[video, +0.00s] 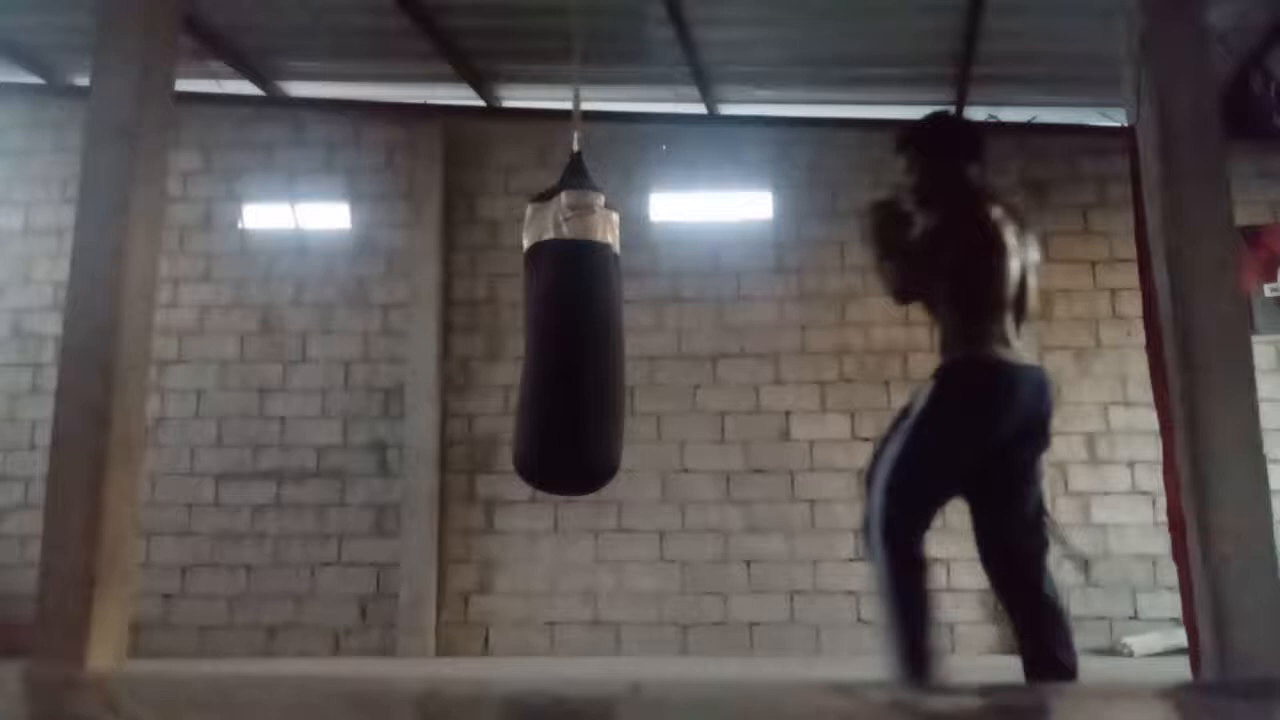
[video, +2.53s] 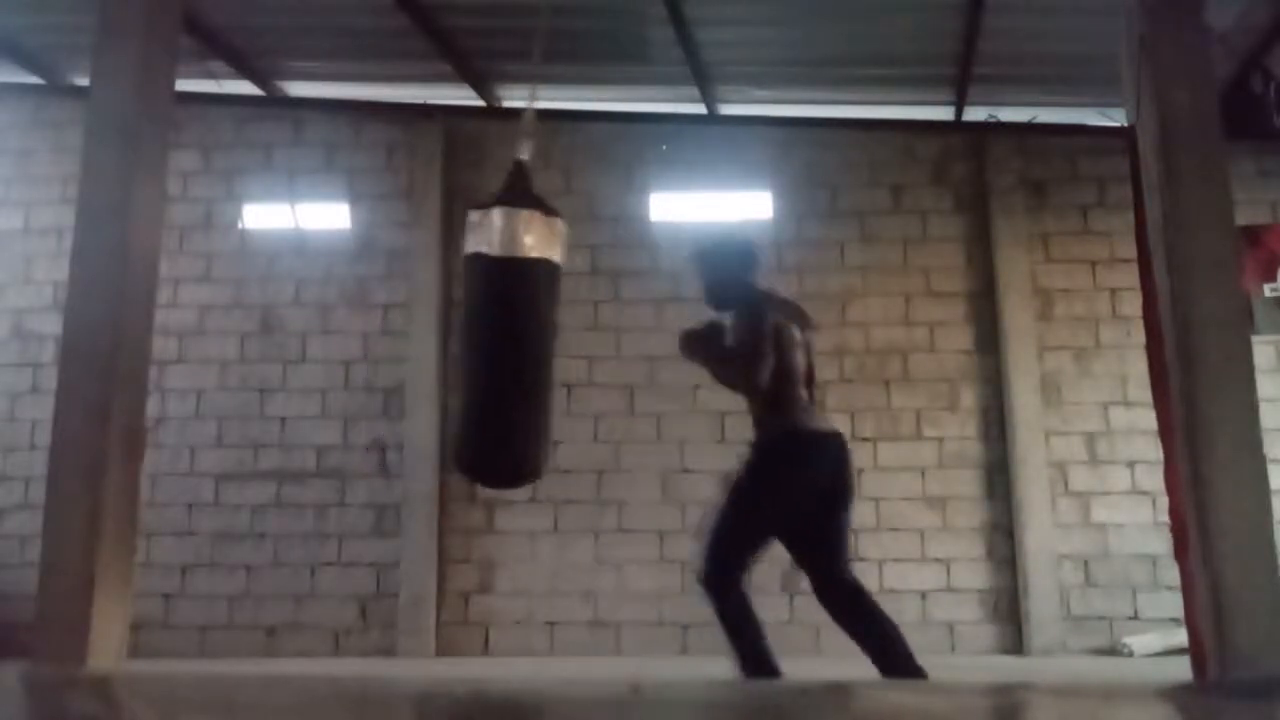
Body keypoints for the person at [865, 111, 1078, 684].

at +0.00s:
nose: (906, 178)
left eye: (913, 164)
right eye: (906, 165)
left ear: (940, 165)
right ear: (969, 162)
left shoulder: (955, 223)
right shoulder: (1013, 225)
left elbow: (907, 284)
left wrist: (888, 233)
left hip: (969, 385)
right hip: (1024, 385)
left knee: (891, 511)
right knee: (1013, 545)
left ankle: (916, 672)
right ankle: (1054, 680)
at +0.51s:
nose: (706, 248)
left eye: (712, 237)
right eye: (711, 238)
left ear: (728, 238)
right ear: (757, 234)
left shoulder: (754, 272)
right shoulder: (787, 281)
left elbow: (682, 326)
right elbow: (748, 340)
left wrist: (650, 326)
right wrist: (681, 332)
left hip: (805, 436)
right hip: (845, 430)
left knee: (741, 570)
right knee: (886, 580)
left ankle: (722, 701)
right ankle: (1006, 680)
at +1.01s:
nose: (671, 270)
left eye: (675, 259)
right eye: (670, 259)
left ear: (696, 257)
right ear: (717, 252)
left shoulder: (731, 298)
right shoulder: (754, 295)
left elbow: (687, 366)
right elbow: (716, 387)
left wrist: (664, 314)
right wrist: (675, 317)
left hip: (772, 444)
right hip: (812, 441)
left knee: (711, 565)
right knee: (805, 581)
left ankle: (720, 697)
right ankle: (872, 696)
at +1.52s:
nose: (604, 277)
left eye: (608, 267)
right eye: (605, 267)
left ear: (623, 264)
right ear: (652, 262)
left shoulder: (622, 300)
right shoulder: (694, 306)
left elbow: (544, 344)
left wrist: (487, 331)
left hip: (693, 448)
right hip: (738, 445)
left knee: (635, 569)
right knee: (744, 577)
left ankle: (614, 692)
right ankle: (844, 672)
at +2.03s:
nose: (569, 288)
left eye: (568, 277)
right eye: (565, 277)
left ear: (578, 274)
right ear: (613, 259)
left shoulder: (589, 326)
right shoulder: (670, 292)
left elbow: (532, 395)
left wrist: (474, 387)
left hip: (664, 444)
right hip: (722, 435)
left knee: (624, 586)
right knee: (768, 562)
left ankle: (607, 703)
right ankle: (842, 675)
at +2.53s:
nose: (701, 287)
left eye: (706, 275)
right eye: (700, 276)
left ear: (728, 274)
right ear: (747, 272)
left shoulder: (755, 315)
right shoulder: (787, 317)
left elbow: (754, 380)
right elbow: (798, 385)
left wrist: (707, 354)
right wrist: (726, 343)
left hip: (786, 456)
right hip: (825, 453)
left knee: (719, 573)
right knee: (833, 581)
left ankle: (766, 687)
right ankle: (911, 682)